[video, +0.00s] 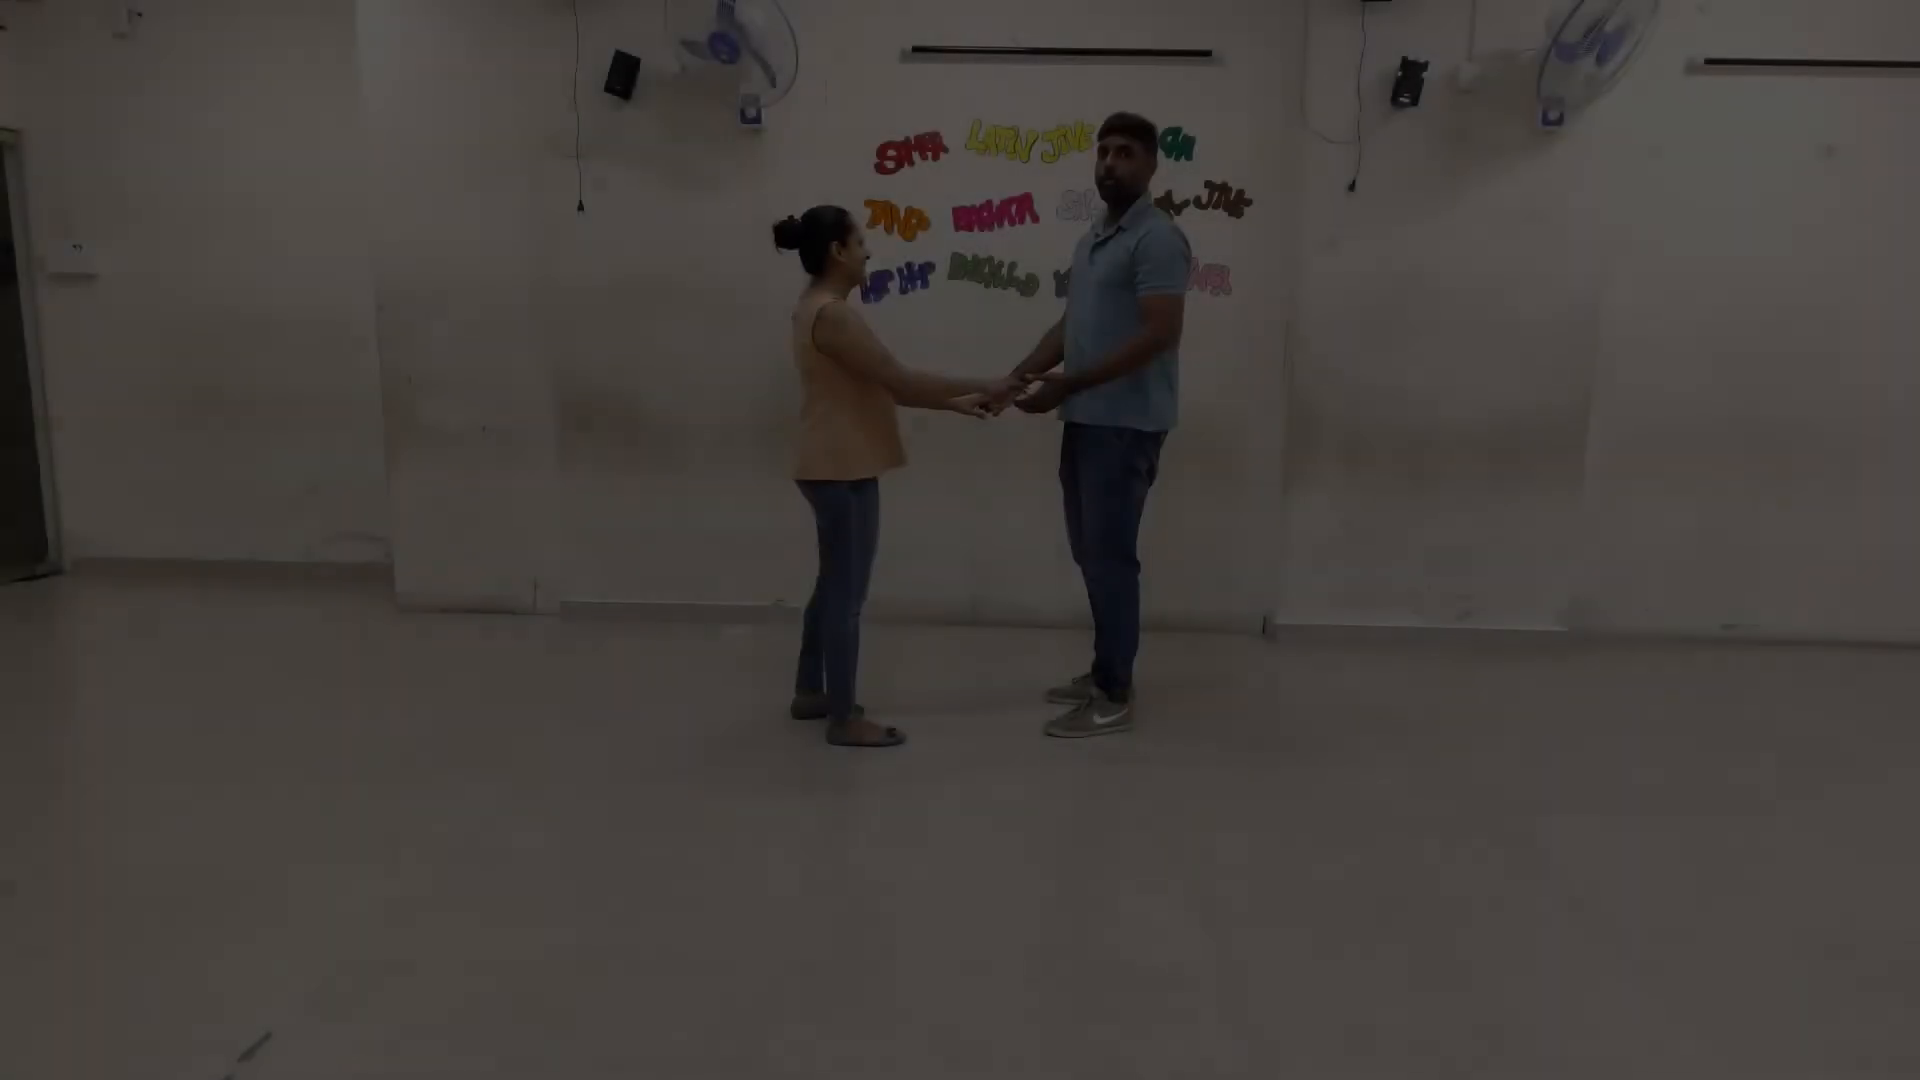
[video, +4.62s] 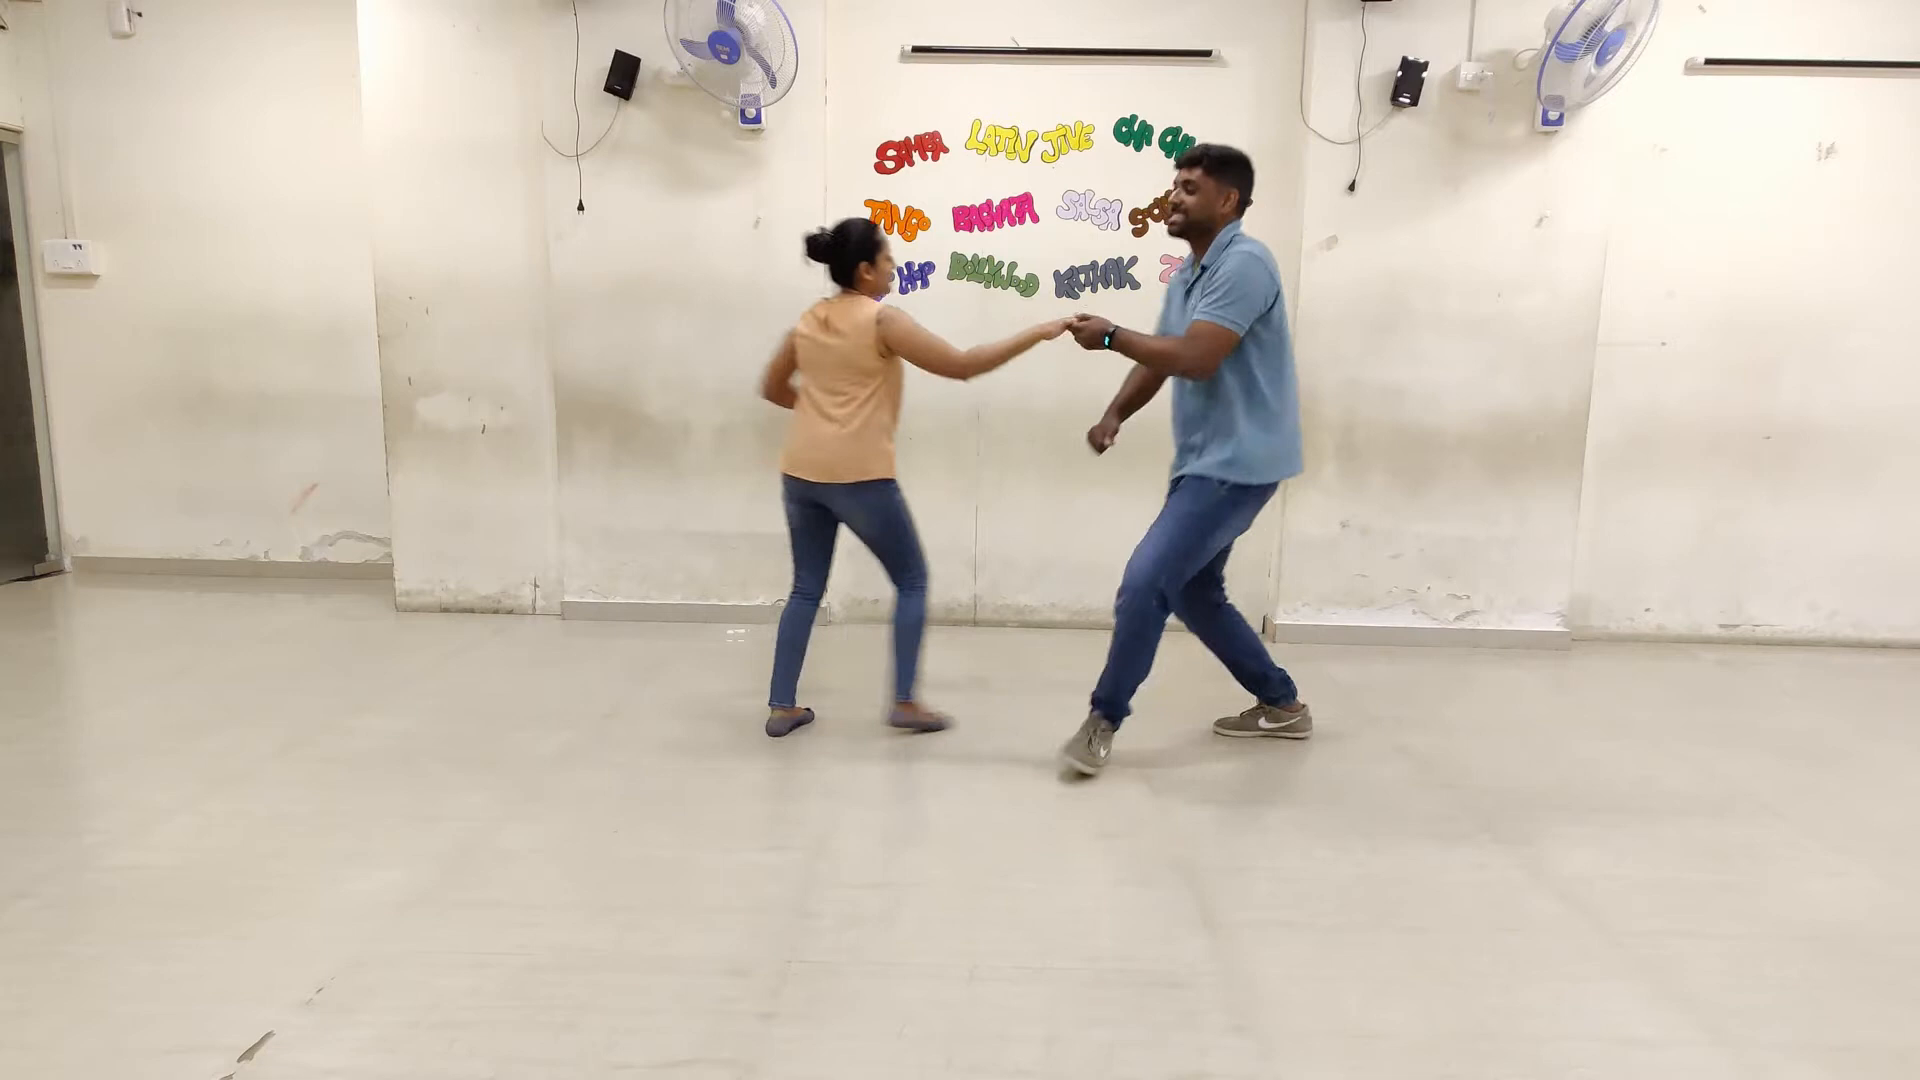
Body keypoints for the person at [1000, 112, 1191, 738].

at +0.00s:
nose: (1111, 163)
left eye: (1125, 154)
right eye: (1105, 153)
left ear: (1151, 166)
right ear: (1095, 163)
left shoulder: (1159, 238)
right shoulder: (1094, 240)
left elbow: (1162, 333)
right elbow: (1073, 324)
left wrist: (1071, 383)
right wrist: (1022, 373)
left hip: (1128, 421)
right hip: (1088, 416)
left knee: (1111, 552)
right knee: (1092, 551)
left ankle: (1114, 697)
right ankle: (1107, 674)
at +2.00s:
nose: (1133, 143)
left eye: (1150, 134)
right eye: (1126, 133)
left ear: (1177, 150)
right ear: (1115, 146)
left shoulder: (1183, 228)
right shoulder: (1116, 232)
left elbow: (1147, 330)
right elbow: (1090, 328)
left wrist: (1044, 384)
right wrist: (1032, 386)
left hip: (1145, 436)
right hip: (1095, 428)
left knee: (1111, 580)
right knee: (1067, 560)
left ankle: (1132, 727)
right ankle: (1096, 687)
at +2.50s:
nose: (1151, 153)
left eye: (1170, 144)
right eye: (1147, 142)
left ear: (1202, 161)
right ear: (1139, 153)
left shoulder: (1200, 240)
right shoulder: (1148, 233)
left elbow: (1142, 342)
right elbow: (1105, 329)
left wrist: (1039, 389)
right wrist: (1033, 389)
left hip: (1164, 442)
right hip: (1126, 435)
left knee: (1107, 583)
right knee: (1118, 574)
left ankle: (1127, 725)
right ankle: (1202, 689)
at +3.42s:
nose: (1055, 166)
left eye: (1067, 156)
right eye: (1058, 155)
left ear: (1104, 166)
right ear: (1101, 168)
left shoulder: (1116, 236)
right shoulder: (1116, 228)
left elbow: (1137, 340)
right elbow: (1129, 337)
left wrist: (1040, 364)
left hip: (1112, 437)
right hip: (1117, 433)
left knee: (1057, 569)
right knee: (1077, 557)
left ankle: (1086, 713)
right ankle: (1159, 667)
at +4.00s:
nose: (1135, 192)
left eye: (1151, 184)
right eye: (1140, 180)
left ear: (1191, 200)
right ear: (1156, 190)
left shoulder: (1207, 269)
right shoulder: (1157, 268)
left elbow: (1176, 371)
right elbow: (1108, 349)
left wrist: (1071, 394)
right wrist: (1030, 387)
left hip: (1183, 460)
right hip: (1166, 456)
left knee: (1087, 570)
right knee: (1157, 587)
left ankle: (1079, 712)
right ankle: (1251, 697)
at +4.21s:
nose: (1178, 176)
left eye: (1192, 168)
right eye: (1182, 165)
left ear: (1229, 180)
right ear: (1225, 182)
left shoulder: (1232, 240)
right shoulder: (1242, 240)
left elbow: (1160, 334)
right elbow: (1202, 348)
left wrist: (1063, 323)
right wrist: (1130, 392)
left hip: (1232, 438)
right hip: (1262, 438)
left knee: (1149, 560)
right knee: (1209, 571)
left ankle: (1157, 721)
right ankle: (1259, 708)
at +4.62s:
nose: (1174, 196)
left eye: (1189, 188)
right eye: (1176, 186)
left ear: (1231, 202)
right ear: (1183, 197)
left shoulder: (1246, 262)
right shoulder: (1185, 275)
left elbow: (1199, 357)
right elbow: (1161, 356)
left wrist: (1112, 334)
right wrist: (1115, 411)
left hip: (1240, 460)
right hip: (1199, 459)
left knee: (1146, 582)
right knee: (1196, 595)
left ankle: (1102, 720)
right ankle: (1282, 703)